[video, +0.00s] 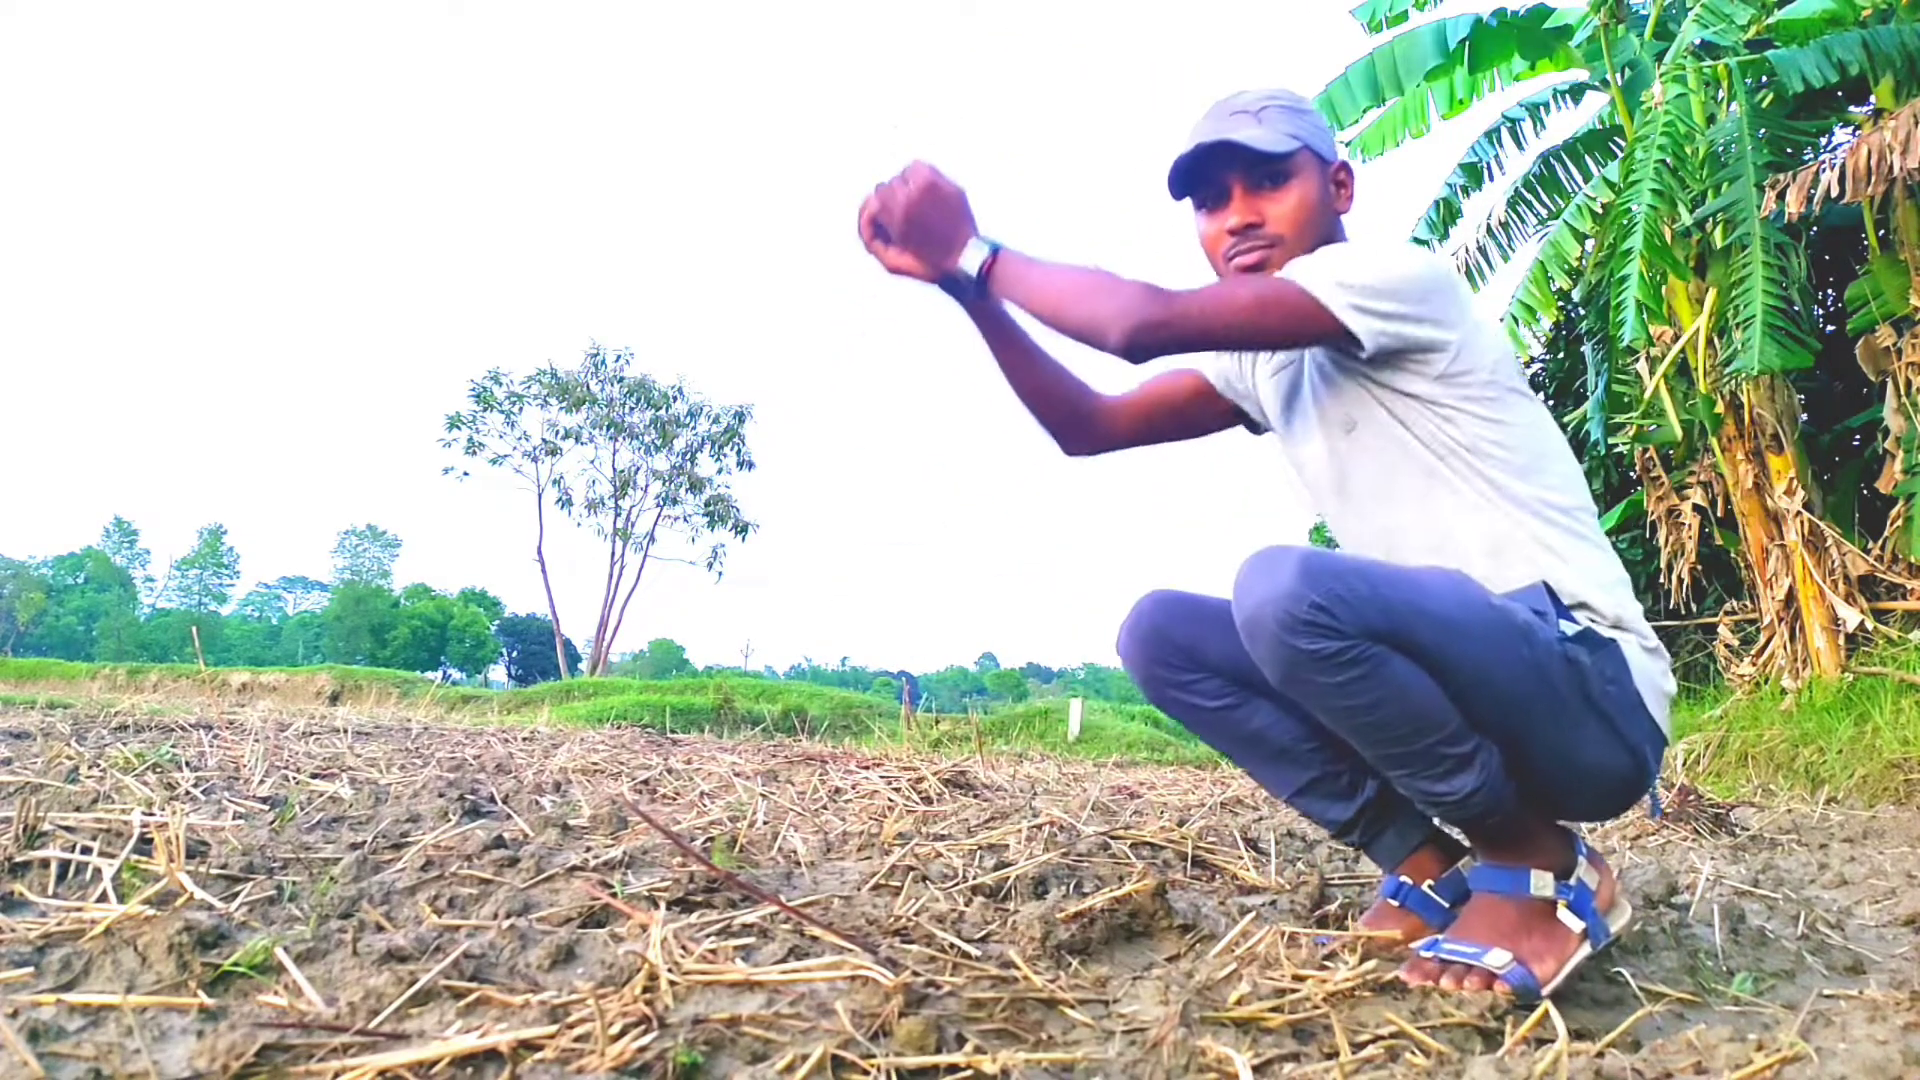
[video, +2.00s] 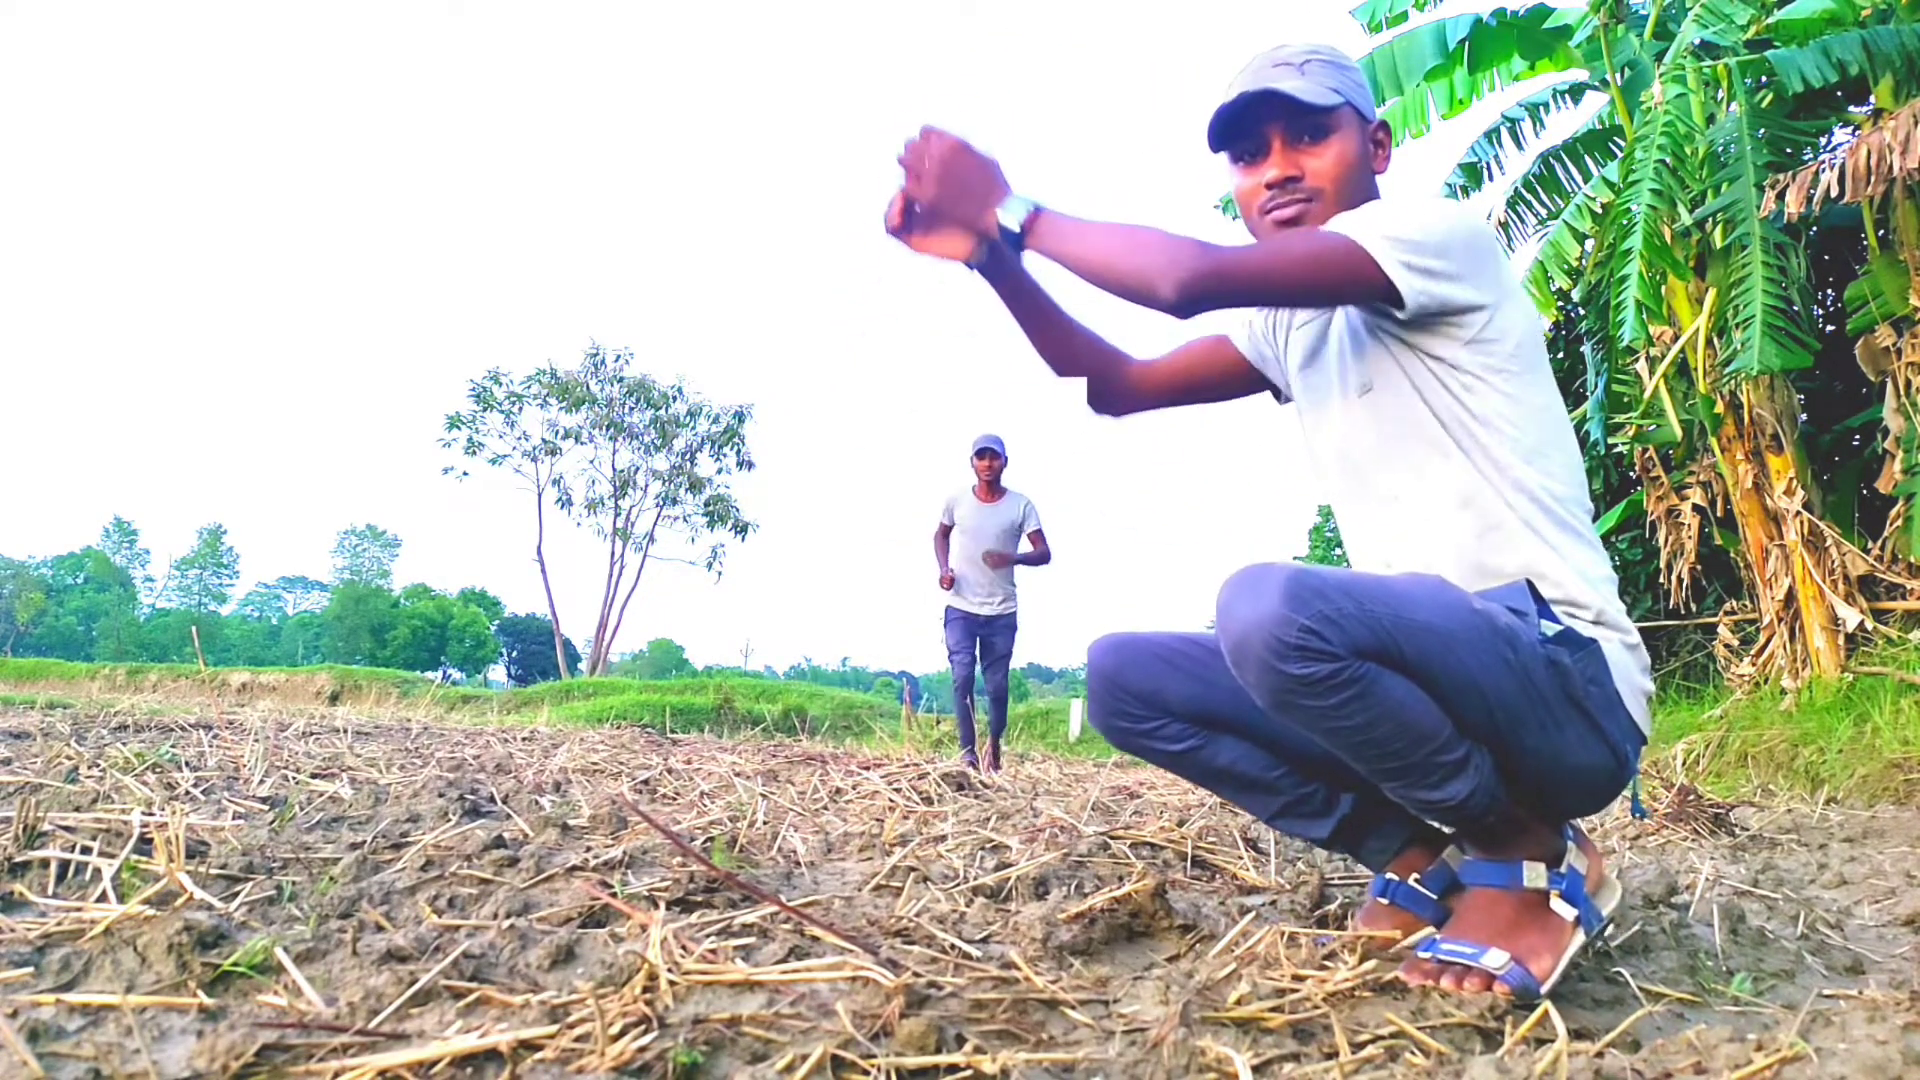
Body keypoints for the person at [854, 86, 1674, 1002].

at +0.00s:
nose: (1234, 216)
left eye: (1267, 182)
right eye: (1208, 197)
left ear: (1341, 189)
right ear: (1194, 222)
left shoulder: (1402, 284)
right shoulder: (1271, 362)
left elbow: (1140, 322)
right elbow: (1087, 424)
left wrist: (971, 254)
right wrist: (969, 288)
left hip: (1589, 686)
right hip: (1468, 698)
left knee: (1282, 593)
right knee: (1160, 631)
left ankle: (1535, 859)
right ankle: (1432, 870)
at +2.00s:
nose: (1275, 167)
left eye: (1309, 132)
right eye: (1247, 148)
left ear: (1379, 149)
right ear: (1231, 180)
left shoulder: (1443, 239)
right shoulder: (1295, 328)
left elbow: (1189, 278)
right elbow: (1116, 383)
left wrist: (1011, 212)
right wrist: (991, 257)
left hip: (1566, 670)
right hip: (1435, 684)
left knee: (1271, 611)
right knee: (1124, 681)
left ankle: (1520, 859)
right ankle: (1425, 854)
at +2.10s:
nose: (1281, 161)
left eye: (1313, 129)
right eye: (1252, 143)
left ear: (1381, 147)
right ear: (1235, 186)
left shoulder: (1459, 247)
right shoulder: (1301, 346)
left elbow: (1295, 397)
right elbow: (1179, 501)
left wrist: (1077, 386)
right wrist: (1041, 453)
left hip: (1567, 676)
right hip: (1434, 700)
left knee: (1268, 613)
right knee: (1122, 681)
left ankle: (1518, 859)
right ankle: (1415, 858)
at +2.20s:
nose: (1273, 168)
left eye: (1302, 136)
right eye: (1241, 150)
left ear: (1364, 151)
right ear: (1220, 190)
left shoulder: (1457, 259)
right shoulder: (1275, 369)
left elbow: (1387, 461)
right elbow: (1228, 554)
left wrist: (1147, 494)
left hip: (1573, 684)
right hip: (1420, 707)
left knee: (1278, 608)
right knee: (1122, 677)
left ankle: (1521, 859)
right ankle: (1411, 853)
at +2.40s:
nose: (1226, 163)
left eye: (1249, 120)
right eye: (1188, 144)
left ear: (1312, 112)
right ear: (1163, 176)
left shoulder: (1438, 205)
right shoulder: (1236, 323)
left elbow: (1496, 432)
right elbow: (1251, 520)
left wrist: (1227, 473)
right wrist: (1168, 578)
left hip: (1615, 606)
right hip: (1439, 632)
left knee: (1390, 528)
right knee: (1158, 629)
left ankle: (1529, 864)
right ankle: (1416, 860)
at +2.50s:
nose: (1247, 67)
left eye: (1272, 23)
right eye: (1207, 43)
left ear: (1337, 15)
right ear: (1175, 71)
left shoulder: (1479, 120)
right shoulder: (1226, 220)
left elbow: (1533, 378)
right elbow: (1249, 434)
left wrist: (1276, 469)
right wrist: (1193, 551)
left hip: (1626, 465)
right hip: (1426, 491)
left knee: (1445, 500)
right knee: (1187, 594)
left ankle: (1533, 864)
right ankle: (1426, 864)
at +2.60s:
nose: (1338, 73)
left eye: (1367, 48)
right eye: (1315, 44)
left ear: (1428, 12)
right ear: (1295, 11)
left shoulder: (1556, 28)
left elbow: (1561, 316)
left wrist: (1348, 507)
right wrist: (1264, 550)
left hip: (1634, 332)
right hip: (1449, 359)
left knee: (1500, 505)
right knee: (1220, 555)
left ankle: (1542, 876)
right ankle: (1429, 856)